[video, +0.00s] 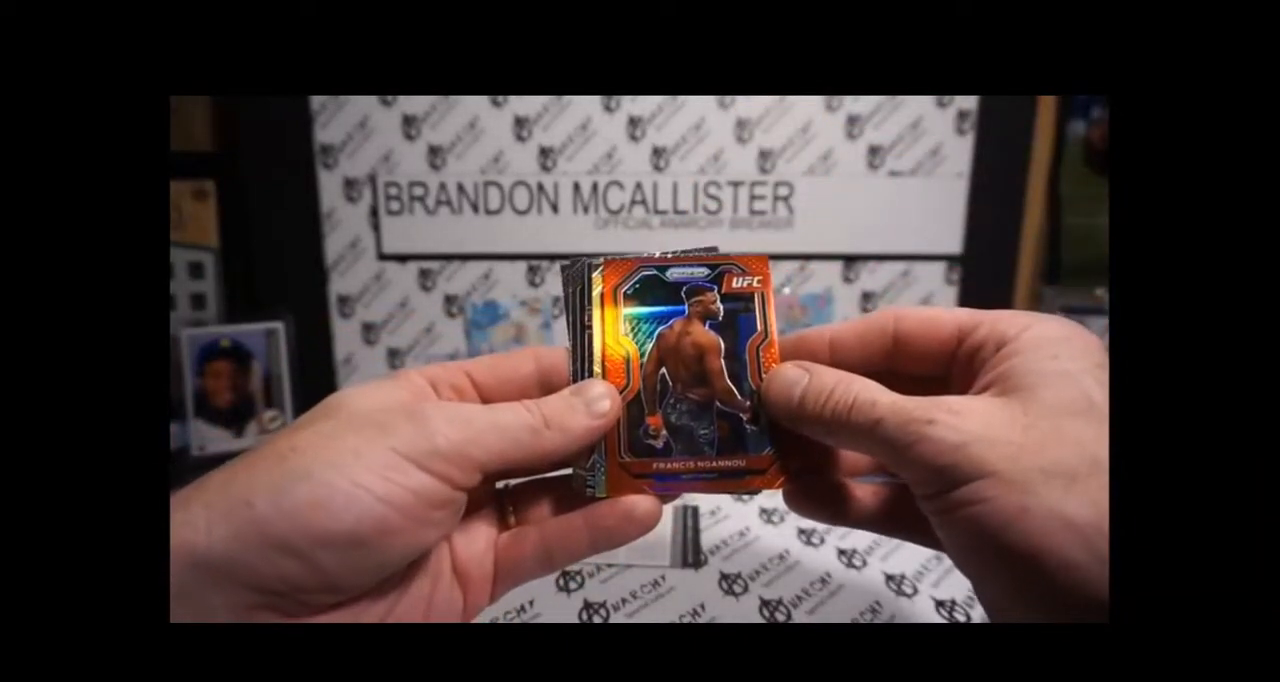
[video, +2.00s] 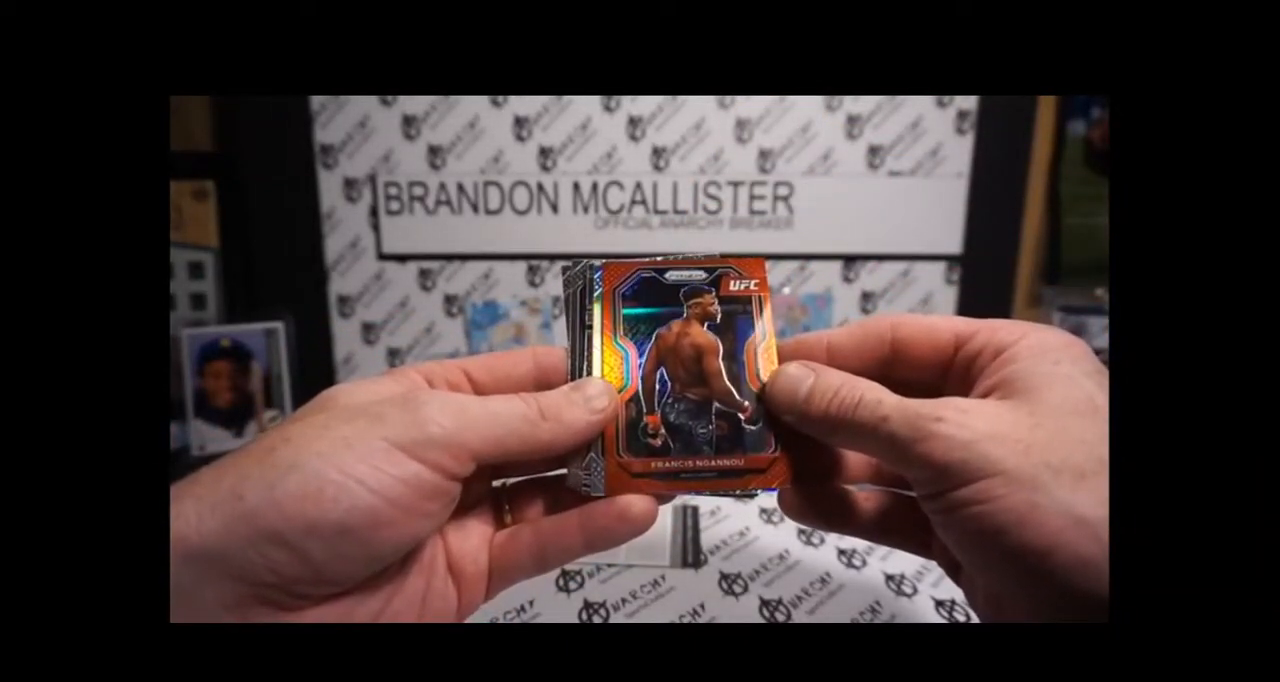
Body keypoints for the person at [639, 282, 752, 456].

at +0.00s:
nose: (720, 307)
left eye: (719, 301)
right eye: (714, 302)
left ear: (694, 307)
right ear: (696, 306)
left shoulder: (665, 333)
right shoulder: (709, 340)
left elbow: (649, 373)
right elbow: (721, 388)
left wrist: (651, 413)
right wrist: (745, 408)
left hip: (673, 407)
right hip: (699, 413)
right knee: (701, 474)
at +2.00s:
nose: (718, 308)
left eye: (716, 303)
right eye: (713, 304)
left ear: (693, 309)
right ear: (694, 308)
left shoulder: (663, 334)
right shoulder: (708, 341)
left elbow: (648, 374)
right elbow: (720, 389)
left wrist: (650, 413)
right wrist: (743, 407)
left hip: (671, 407)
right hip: (698, 412)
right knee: (702, 474)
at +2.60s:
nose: (718, 306)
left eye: (716, 301)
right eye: (712, 302)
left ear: (692, 306)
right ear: (695, 305)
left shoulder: (662, 331)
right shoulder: (706, 340)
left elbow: (644, 371)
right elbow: (718, 391)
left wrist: (646, 412)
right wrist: (741, 408)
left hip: (668, 405)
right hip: (694, 412)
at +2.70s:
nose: (718, 305)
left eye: (716, 301)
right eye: (712, 302)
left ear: (693, 307)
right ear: (694, 307)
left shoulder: (664, 334)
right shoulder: (707, 339)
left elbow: (648, 375)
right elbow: (721, 388)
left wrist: (652, 415)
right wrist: (745, 407)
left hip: (672, 407)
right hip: (699, 412)